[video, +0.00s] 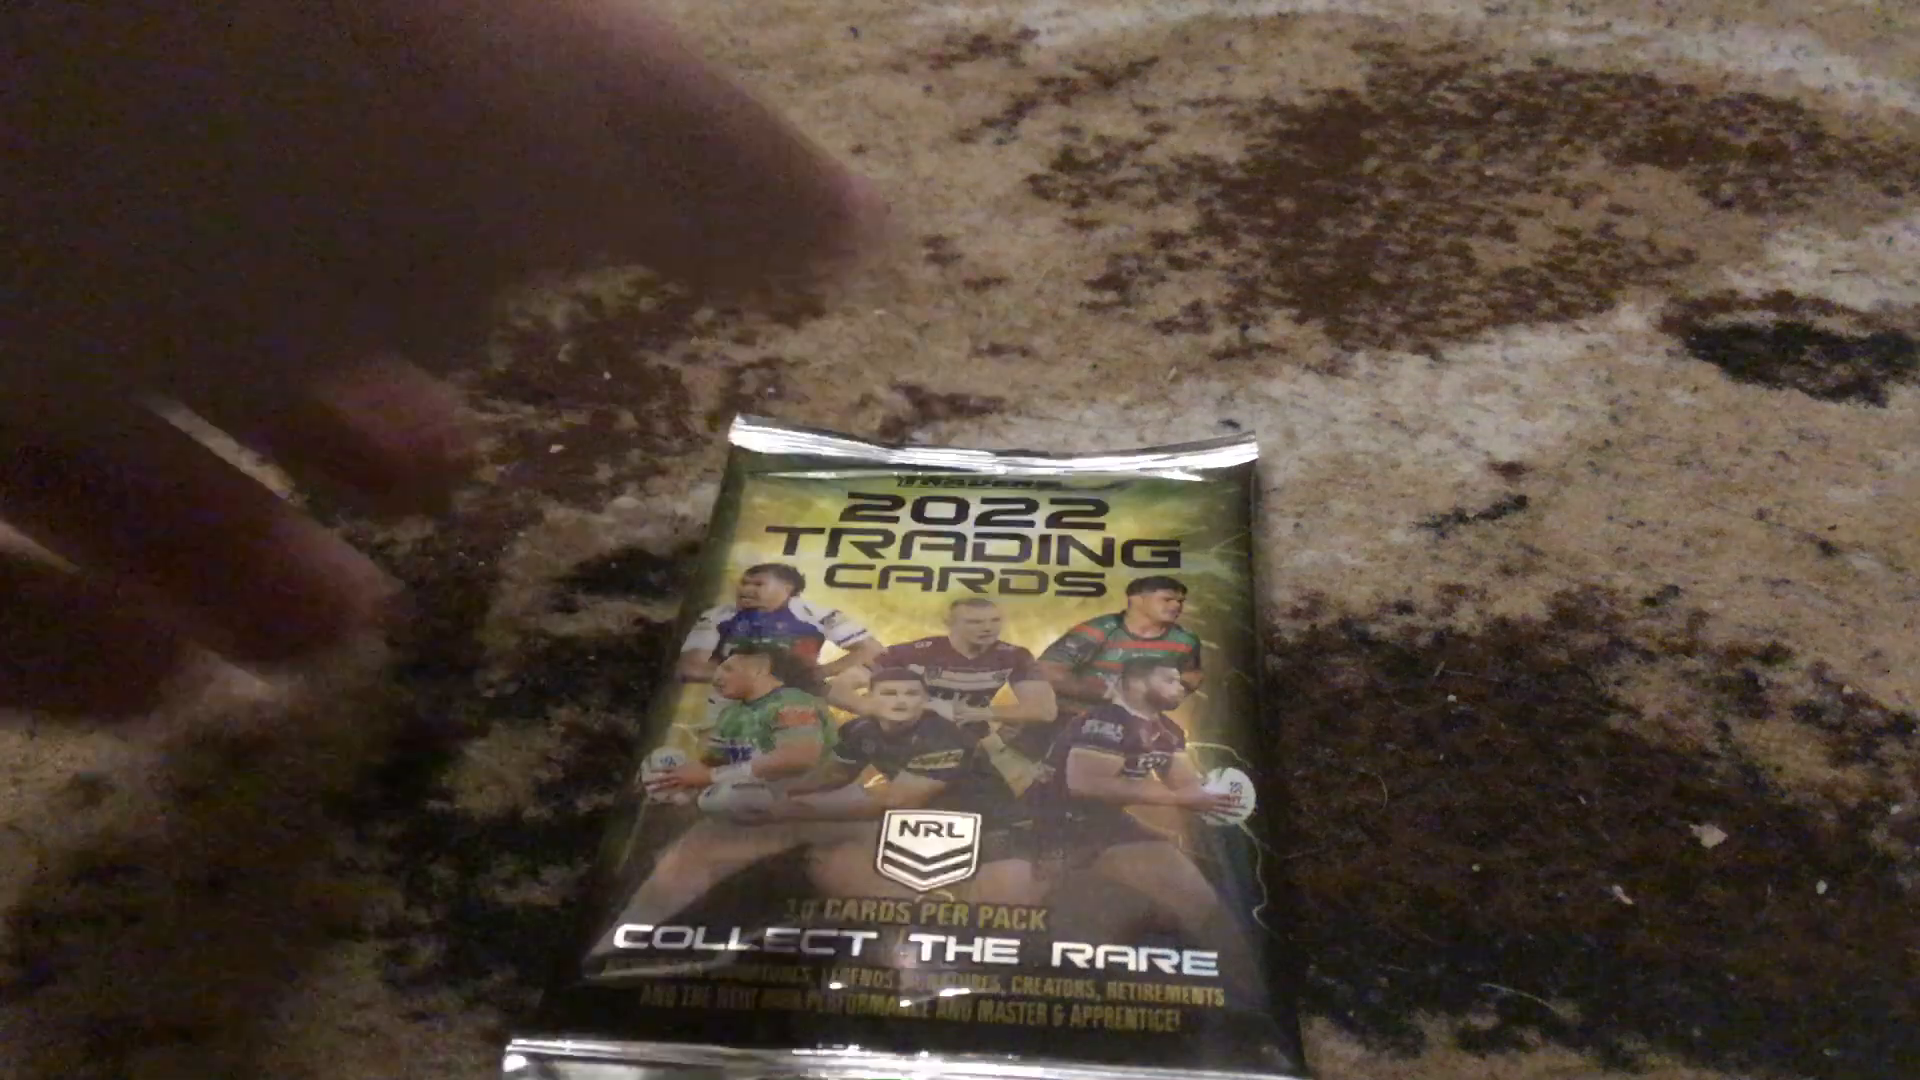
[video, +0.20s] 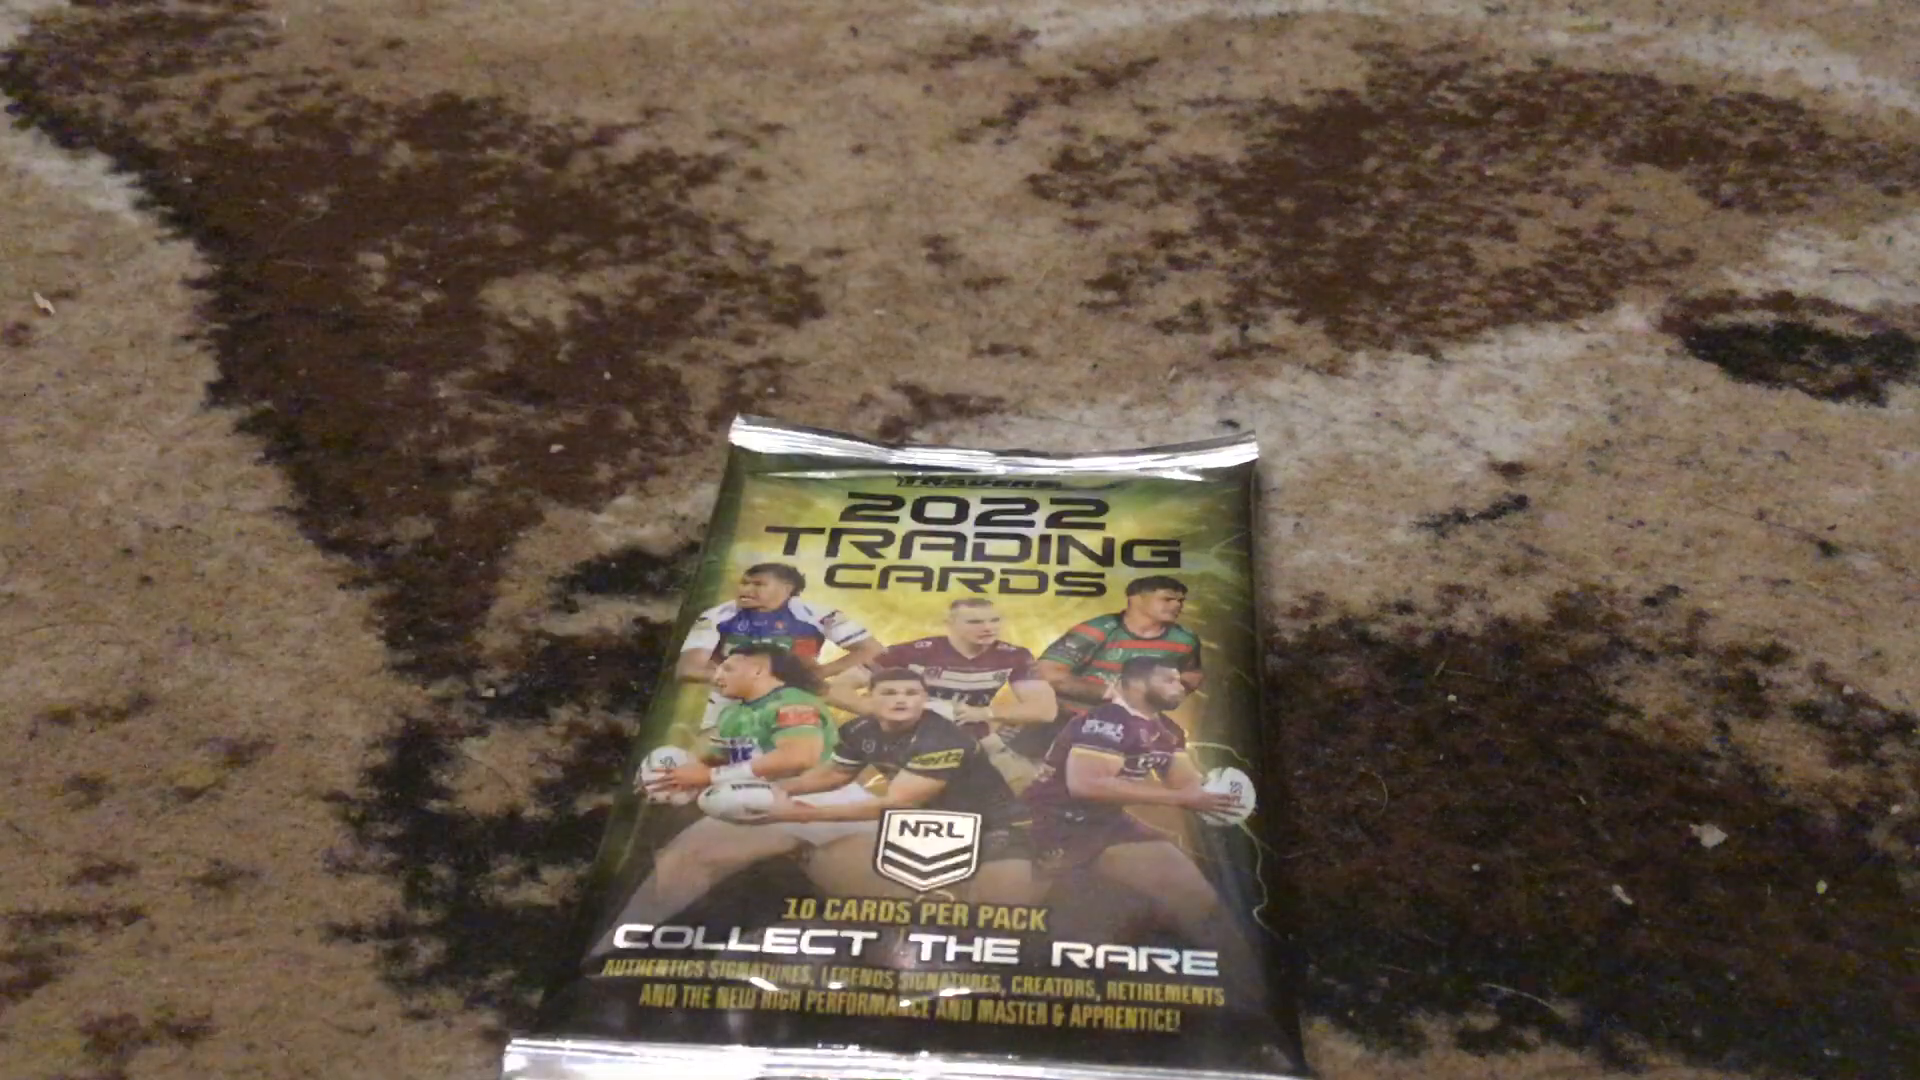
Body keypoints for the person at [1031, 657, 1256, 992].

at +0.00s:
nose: (1180, 687)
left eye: (1178, 681)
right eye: (1170, 680)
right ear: (1135, 682)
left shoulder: (1168, 732)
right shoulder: (1105, 721)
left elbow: (1184, 782)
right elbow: (1084, 782)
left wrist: (1219, 799)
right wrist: (1180, 797)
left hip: (1113, 827)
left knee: (1199, 902)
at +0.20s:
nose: (1179, 685)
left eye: (1178, 679)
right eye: (1168, 679)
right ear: (1135, 680)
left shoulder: (1166, 732)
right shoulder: (1106, 721)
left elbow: (1186, 783)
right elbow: (1084, 783)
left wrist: (1224, 799)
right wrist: (1180, 798)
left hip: (1105, 825)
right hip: (1048, 826)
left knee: (1194, 897)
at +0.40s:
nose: (1179, 684)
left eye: (1178, 678)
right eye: (1168, 678)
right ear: (1135, 682)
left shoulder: (1168, 733)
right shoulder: (1106, 720)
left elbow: (1185, 785)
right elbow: (1084, 782)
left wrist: (1221, 797)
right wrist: (1182, 798)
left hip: (1104, 825)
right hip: (1043, 822)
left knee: (1196, 899)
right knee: (994, 924)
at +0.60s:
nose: (1180, 685)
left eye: (1178, 680)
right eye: (1169, 679)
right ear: (1135, 682)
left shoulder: (1169, 733)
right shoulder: (1107, 719)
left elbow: (1185, 784)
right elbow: (1084, 783)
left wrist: (1221, 799)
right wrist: (1182, 797)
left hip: (1102, 827)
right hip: (1042, 826)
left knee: (1195, 897)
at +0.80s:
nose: (1180, 684)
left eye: (1178, 679)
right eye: (1169, 679)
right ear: (1135, 682)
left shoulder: (1169, 733)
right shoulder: (1106, 720)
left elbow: (1187, 784)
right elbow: (1084, 782)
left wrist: (1224, 800)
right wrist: (1181, 797)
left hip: (1102, 825)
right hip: (1045, 826)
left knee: (1196, 899)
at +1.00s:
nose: (1180, 684)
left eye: (1178, 679)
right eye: (1169, 678)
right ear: (1135, 682)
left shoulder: (1168, 732)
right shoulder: (1105, 720)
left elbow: (1187, 784)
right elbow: (1084, 782)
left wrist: (1228, 800)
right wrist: (1180, 796)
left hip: (1103, 827)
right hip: (1044, 828)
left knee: (1198, 900)